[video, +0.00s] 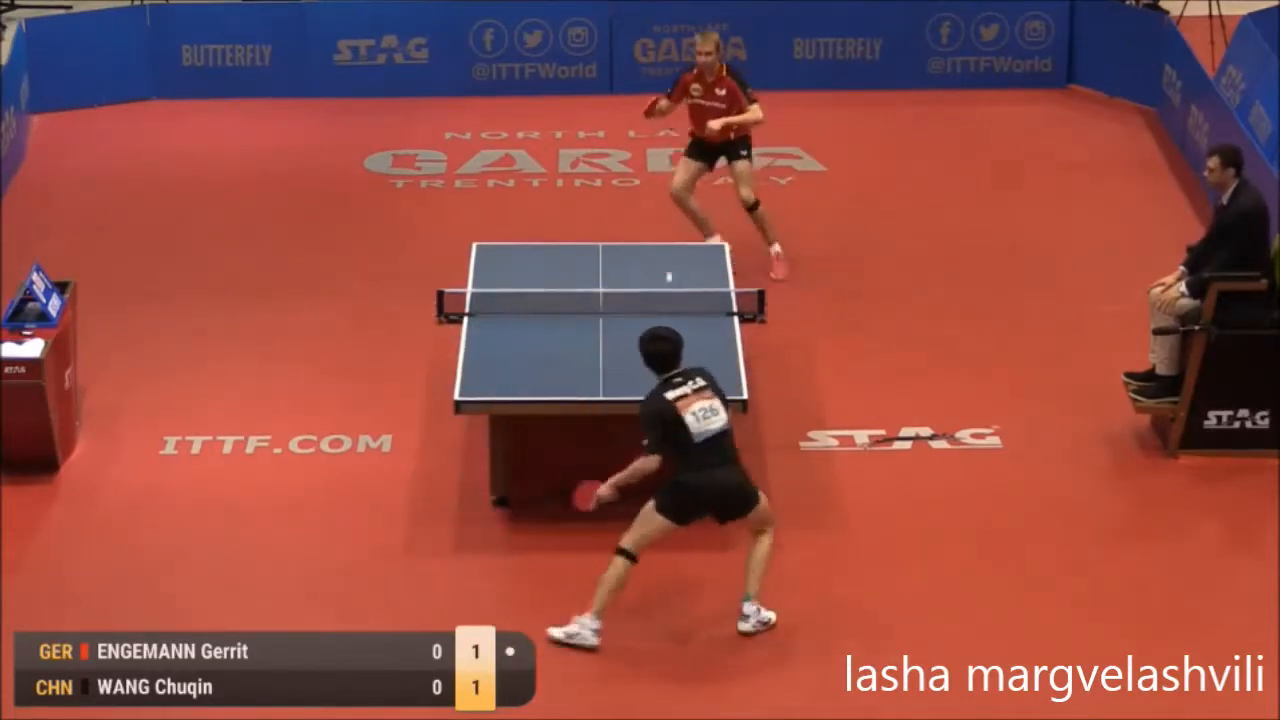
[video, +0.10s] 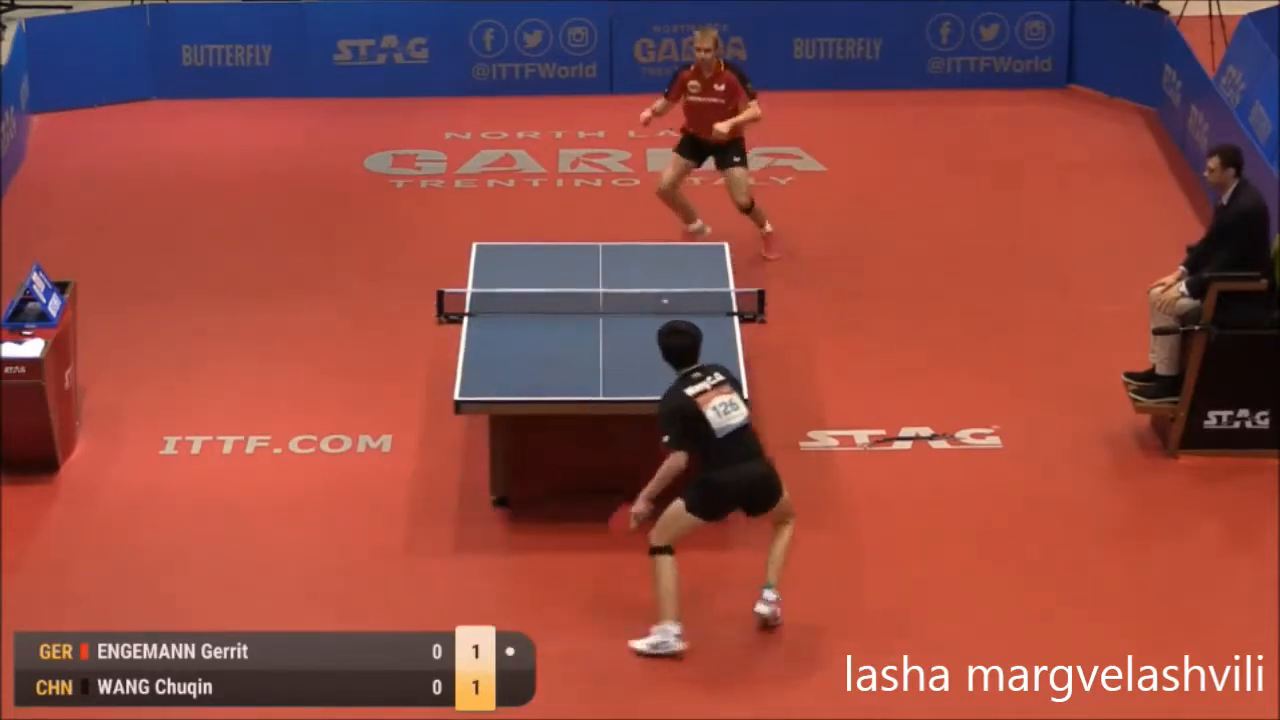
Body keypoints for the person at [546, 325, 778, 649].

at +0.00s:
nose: (650, 359)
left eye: (648, 355)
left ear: (647, 362)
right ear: (680, 354)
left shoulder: (653, 403)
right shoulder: (703, 377)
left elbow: (652, 461)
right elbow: (728, 415)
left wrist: (613, 484)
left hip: (687, 486)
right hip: (730, 479)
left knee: (629, 547)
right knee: (764, 528)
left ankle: (590, 622)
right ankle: (750, 609)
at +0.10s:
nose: (671, 354)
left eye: (668, 349)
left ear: (665, 356)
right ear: (698, 349)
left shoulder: (673, 400)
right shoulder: (722, 374)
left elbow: (678, 458)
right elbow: (743, 417)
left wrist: (645, 498)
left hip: (717, 482)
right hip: (757, 473)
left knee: (661, 540)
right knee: (784, 520)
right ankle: (770, 596)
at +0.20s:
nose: (705, 360)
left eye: (701, 356)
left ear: (700, 362)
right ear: (732, 355)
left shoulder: (708, 404)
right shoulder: (754, 384)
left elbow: (718, 462)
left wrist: (700, 515)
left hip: (750, 489)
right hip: (787, 478)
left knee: (704, 562)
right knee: (808, 521)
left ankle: (737, 640)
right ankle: (840, 593)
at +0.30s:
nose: (723, 362)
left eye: (723, 358)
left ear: (724, 364)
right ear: (756, 358)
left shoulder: (735, 406)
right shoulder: (778, 388)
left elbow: (744, 466)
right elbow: (780, 436)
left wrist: (735, 524)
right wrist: (737, 451)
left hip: (769, 498)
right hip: (806, 485)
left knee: (712, 561)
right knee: (825, 532)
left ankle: (737, 641)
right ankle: (873, 597)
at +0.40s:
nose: (748, 333)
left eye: (750, 329)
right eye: (752, 327)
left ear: (755, 336)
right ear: (787, 332)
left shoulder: (761, 380)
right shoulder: (809, 358)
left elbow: (775, 438)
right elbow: (830, 405)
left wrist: (774, 496)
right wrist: (796, 420)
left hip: (793, 471)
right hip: (829, 462)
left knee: (753, 543)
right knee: (845, 522)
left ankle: (743, 635)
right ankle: (876, 598)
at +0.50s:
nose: (765, 312)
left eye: (767, 308)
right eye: (769, 306)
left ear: (772, 315)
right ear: (805, 311)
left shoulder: (772, 359)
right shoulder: (827, 340)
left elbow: (783, 420)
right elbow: (850, 388)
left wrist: (781, 476)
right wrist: (813, 399)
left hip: (800, 455)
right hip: (840, 448)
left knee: (779, 535)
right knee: (857, 518)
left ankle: (771, 625)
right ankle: (878, 595)